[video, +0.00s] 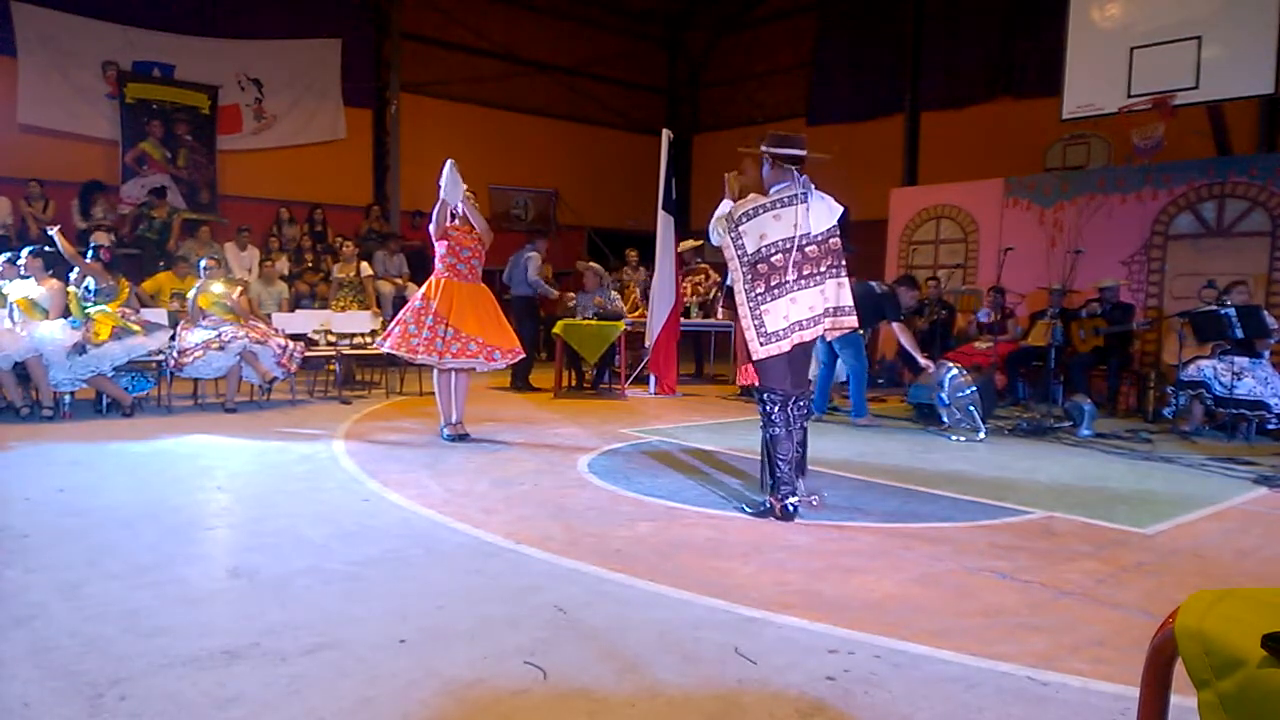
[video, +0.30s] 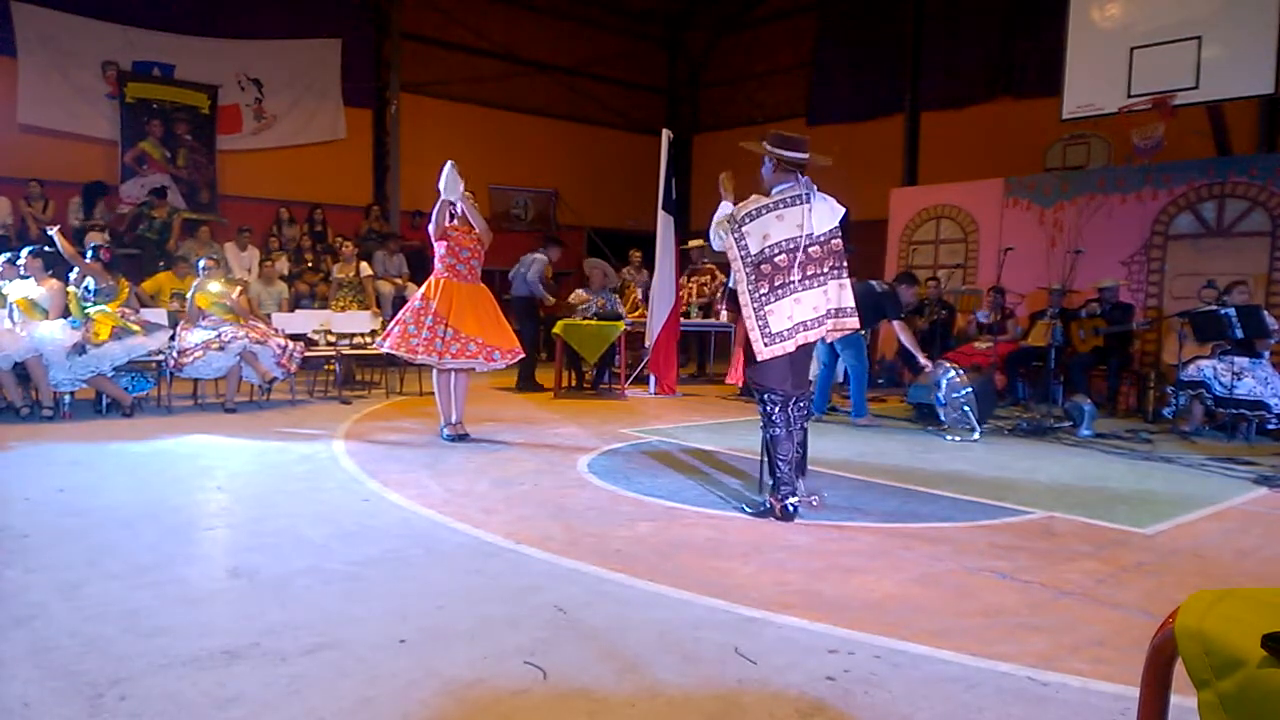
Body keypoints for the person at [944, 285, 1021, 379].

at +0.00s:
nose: (991, 299)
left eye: (995, 297)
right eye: (989, 296)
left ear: (1002, 300)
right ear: (986, 298)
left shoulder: (1008, 313)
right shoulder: (982, 314)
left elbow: (1012, 336)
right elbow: (973, 336)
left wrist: (993, 339)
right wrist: (972, 325)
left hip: (1003, 345)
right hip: (984, 344)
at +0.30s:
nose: (991, 300)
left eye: (995, 297)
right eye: (989, 296)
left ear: (1001, 300)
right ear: (985, 298)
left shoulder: (1008, 313)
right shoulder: (980, 313)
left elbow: (1012, 335)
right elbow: (972, 335)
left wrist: (993, 339)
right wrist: (971, 324)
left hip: (1002, 344)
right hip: (983, 344)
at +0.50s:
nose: (992, 300)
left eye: (996, 297)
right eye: (990, 296)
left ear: (1002, 299)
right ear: (986, 298)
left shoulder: (1008, 314)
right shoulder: (981, 313)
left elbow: (1012, 335)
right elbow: (973, 334)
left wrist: (994, 339)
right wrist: (971, 324)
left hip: (1002, 344)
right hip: (983, 343)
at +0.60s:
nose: (991, 299)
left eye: (995, 297)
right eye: (989, 296)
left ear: (1001, 300)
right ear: (986, 298)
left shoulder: (1008, 313)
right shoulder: (979, 313)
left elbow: (1012, 335)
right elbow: (972, 335)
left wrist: (994, 339)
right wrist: (971, 324)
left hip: (1002, 344)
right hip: (982, 344)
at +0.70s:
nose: (992, 300)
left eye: (996, 297)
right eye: (989, 296)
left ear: (1002, 300)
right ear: (985, 298)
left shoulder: (1008, 314)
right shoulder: (980, 313)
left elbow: (1012, 335)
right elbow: (973, 335)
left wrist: (994, 339)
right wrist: (971, 324)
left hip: (1002, 344)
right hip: (983, 344)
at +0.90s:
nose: (992, 300)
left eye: (995, 297)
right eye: (989, 296)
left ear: (1002, 300)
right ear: (985, 297)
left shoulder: (1008, 314)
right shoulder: (980, 313)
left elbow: (1012, 335)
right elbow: (972, 335)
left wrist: (994, 339)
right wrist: (970, 324)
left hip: (1003, 343)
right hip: (983, 343)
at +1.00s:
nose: (992, 300)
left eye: (996, 297)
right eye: (989, 296)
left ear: (1002, 300)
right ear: (986, 298)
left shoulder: (1008, 313)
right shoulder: (980, 312)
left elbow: (1013, 335)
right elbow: (972, 334)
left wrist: (994, 339)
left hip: (1002, 343)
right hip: (983, 343)